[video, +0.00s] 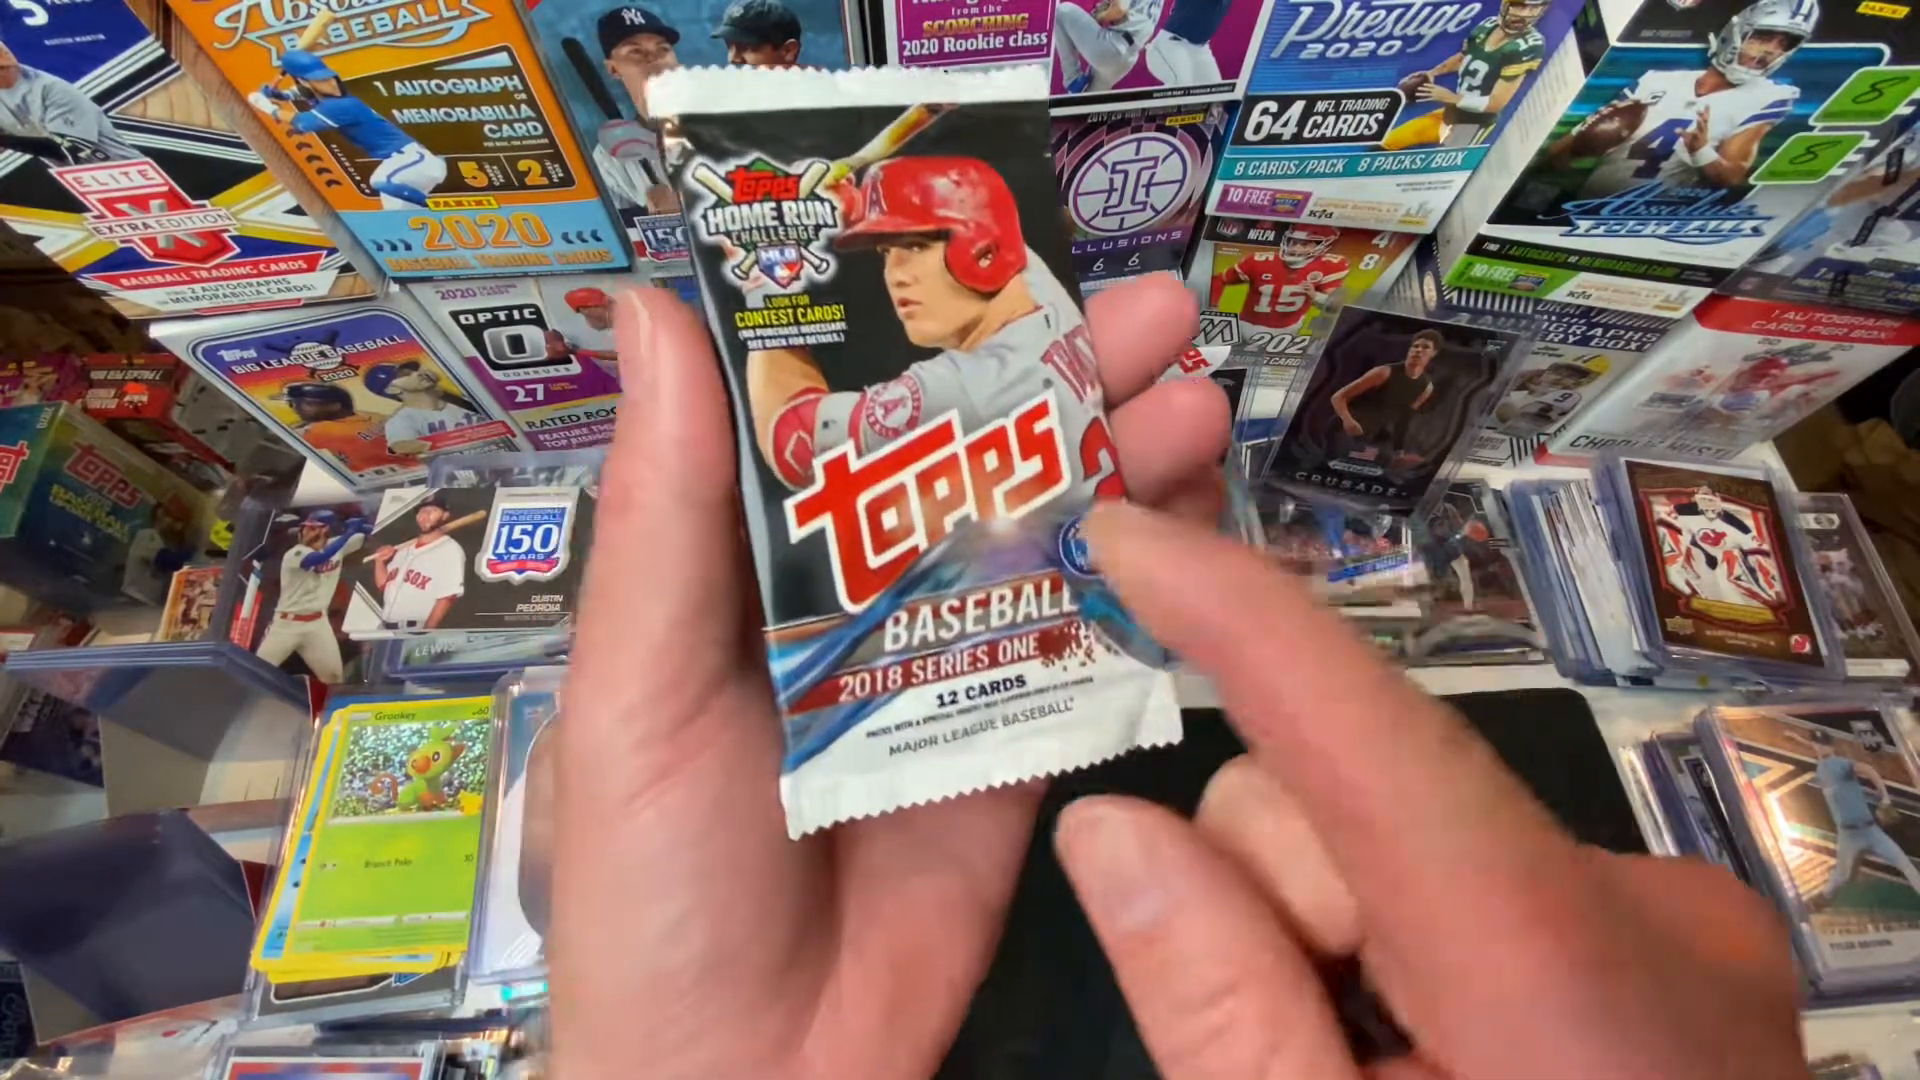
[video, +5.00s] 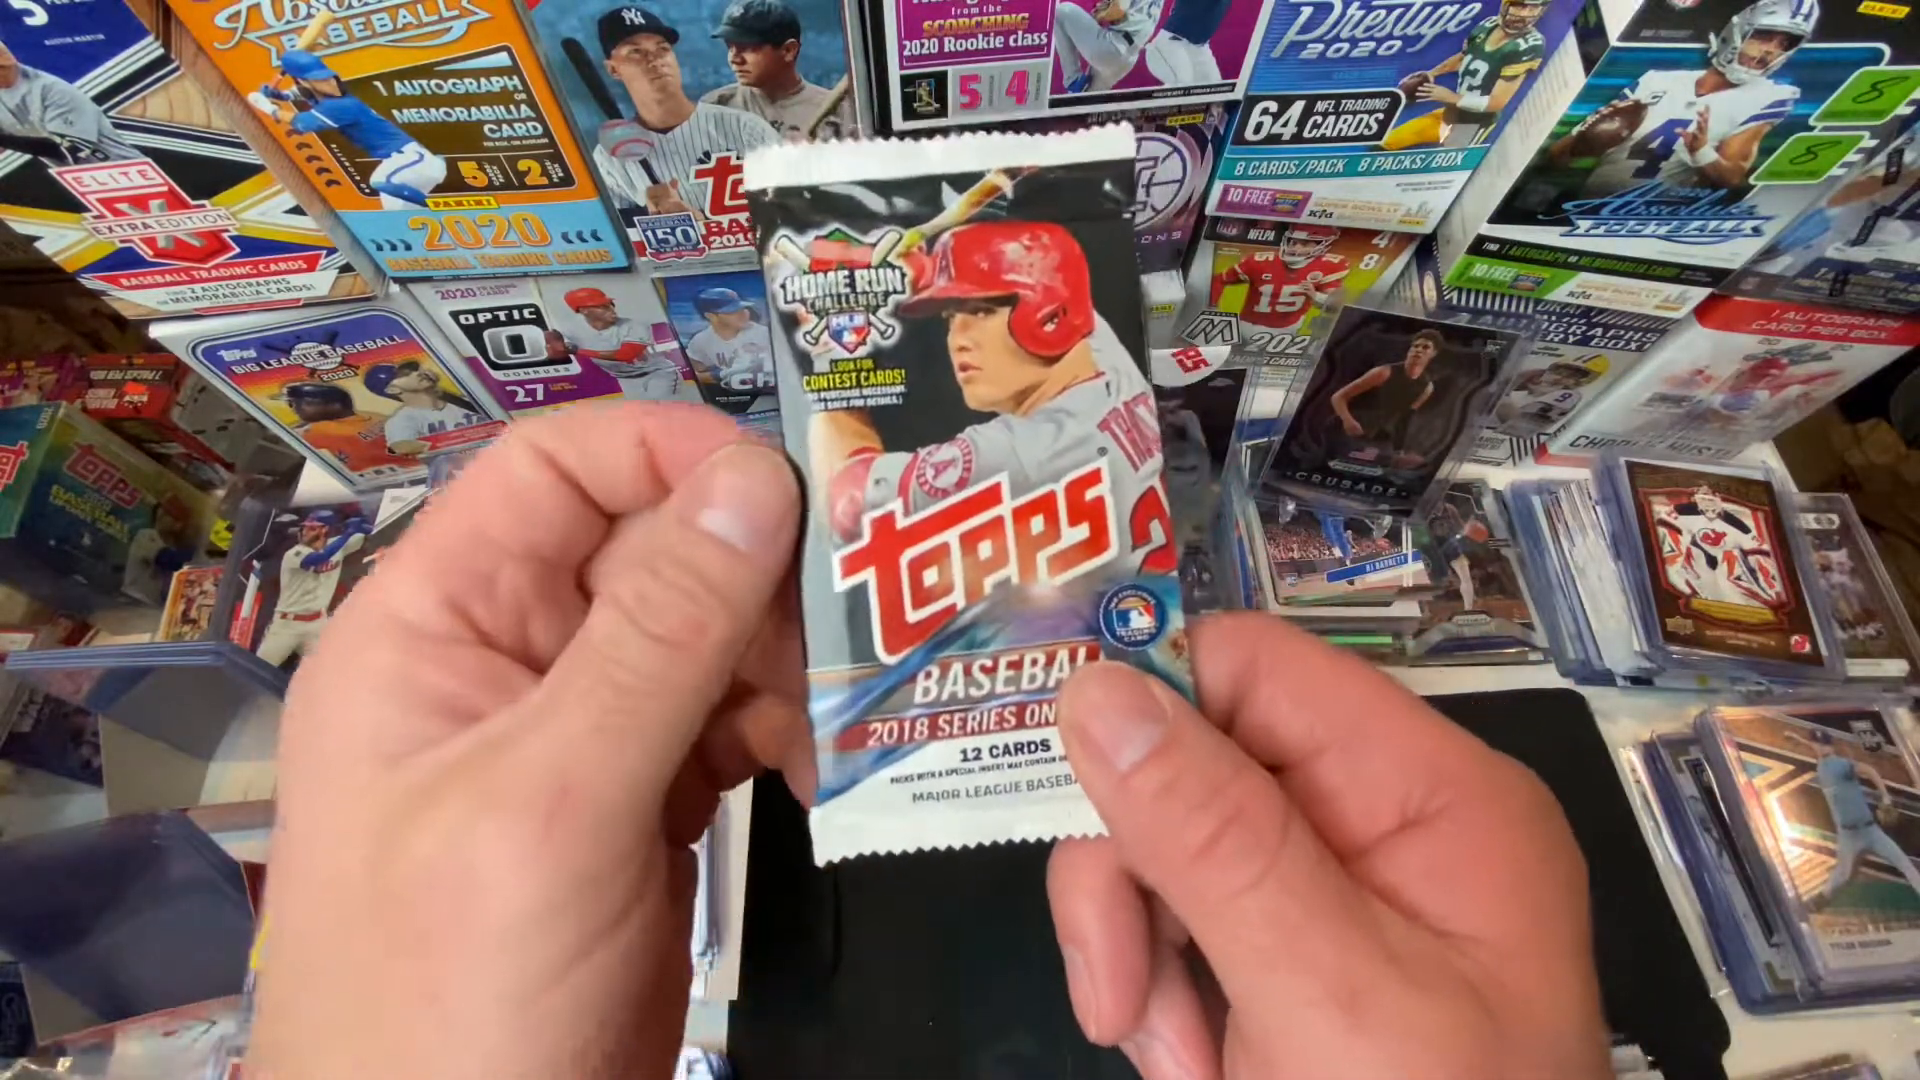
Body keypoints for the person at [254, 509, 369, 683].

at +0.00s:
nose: (304, 531)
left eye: (311, 528)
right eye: (304, 527)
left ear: (324, 531)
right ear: (303, 530)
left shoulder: (337, 548)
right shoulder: (294, 554)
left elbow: (366, 534)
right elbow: (318, 559)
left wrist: (359, 525)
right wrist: (346, 537)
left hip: (317, 625)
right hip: (285, 624)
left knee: (334, 677)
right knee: (258, 670)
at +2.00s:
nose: (303, 532)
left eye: (310, 528)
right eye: (303, 528)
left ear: (323, 531)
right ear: (302, 530)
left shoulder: (337, 548)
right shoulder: (294, 554)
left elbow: (369, 533)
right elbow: (320, 559)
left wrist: (357, 523)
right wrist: (347, 536)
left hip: (317, 625)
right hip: (285, 624)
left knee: (333, 677)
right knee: (259, 670)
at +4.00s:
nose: (304, 531)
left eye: (310, 528)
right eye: (304, 527)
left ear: (324, 531)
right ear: (303, 529)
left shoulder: (337, 549)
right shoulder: (293, 554)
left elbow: (365, 532)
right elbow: (318, 560)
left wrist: (356, 523)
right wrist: (347, 536)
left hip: (317, 625)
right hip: (285, 625)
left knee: (334, 679)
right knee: (258, 671)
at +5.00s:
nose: (304, 532)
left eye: (310, 528)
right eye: (304, 528)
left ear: (324, 530)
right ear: (302, 529)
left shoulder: (337, 547)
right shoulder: (293, 554)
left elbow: (368, 532)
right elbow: (319, 560)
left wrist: (354, 522)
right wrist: (348, 535)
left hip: (317, 625)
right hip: (285, 624)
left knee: (321, 679)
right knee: (258, 671)